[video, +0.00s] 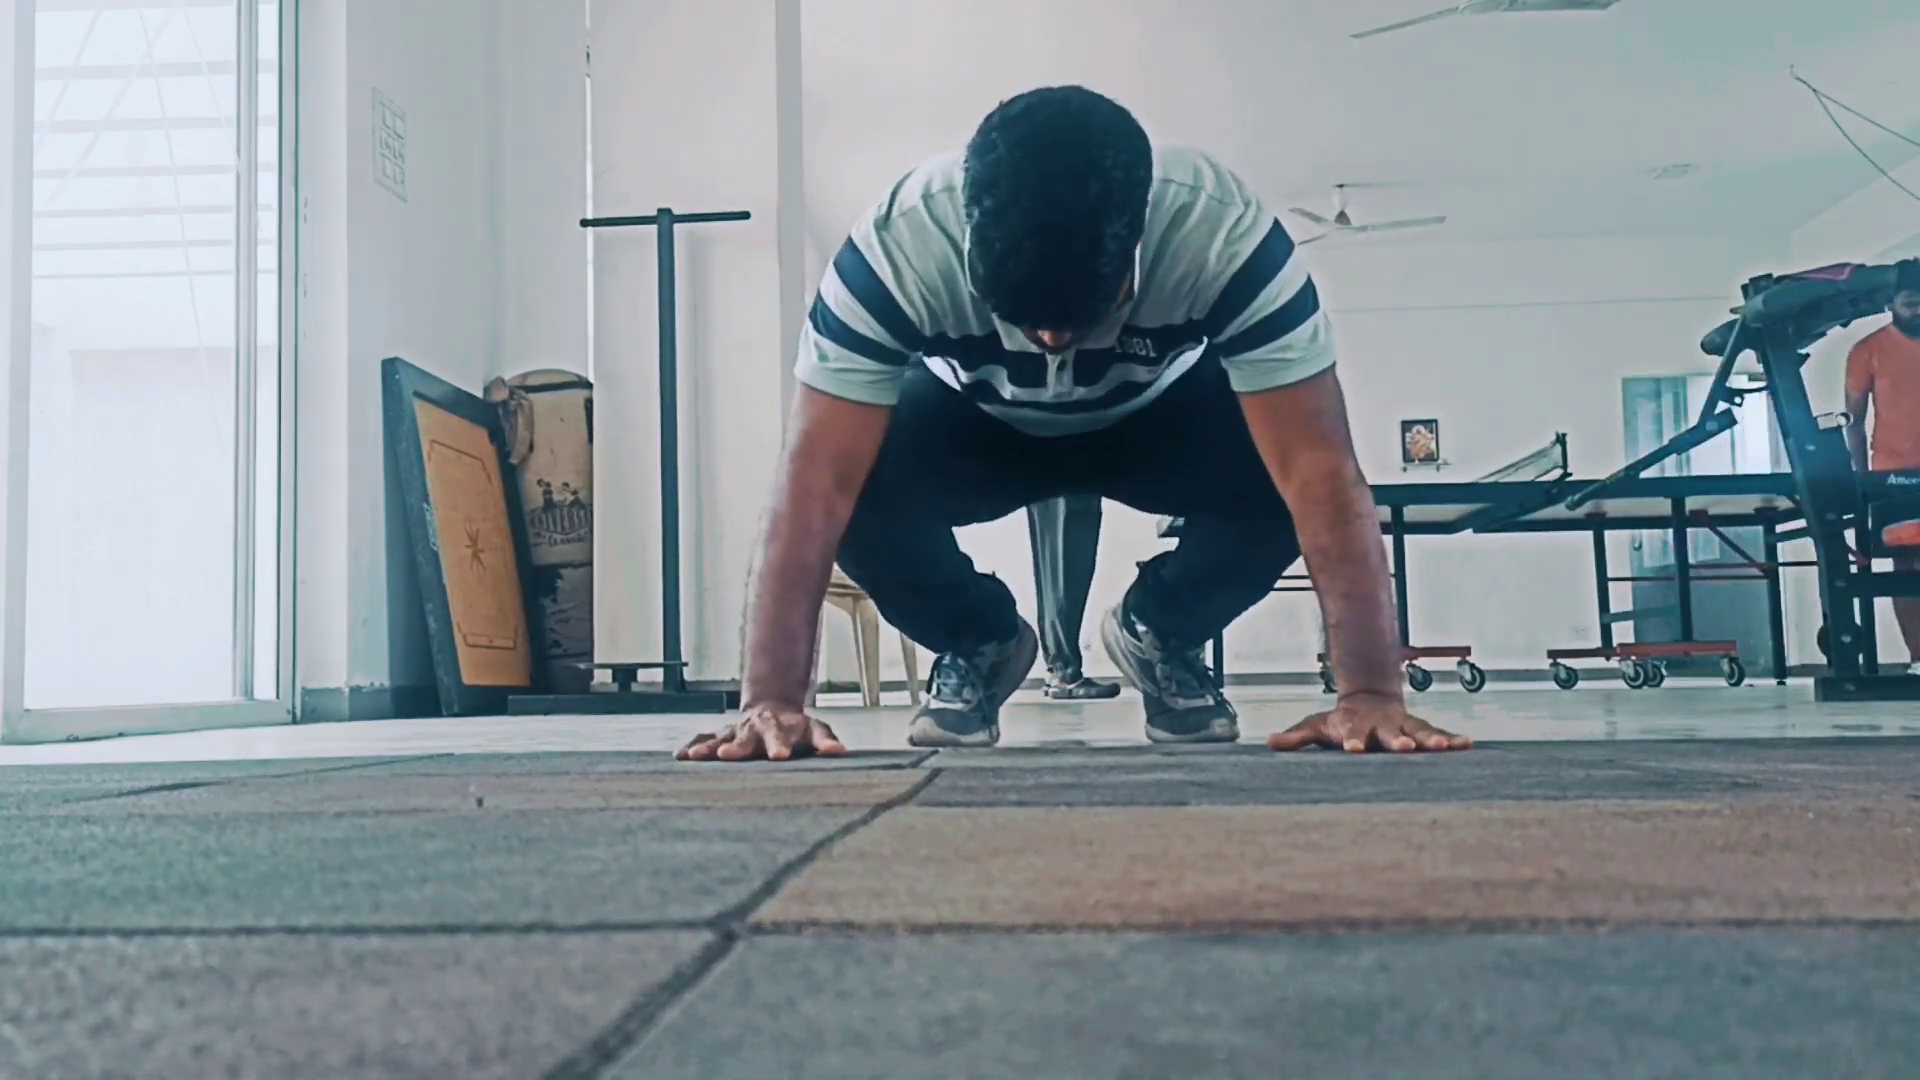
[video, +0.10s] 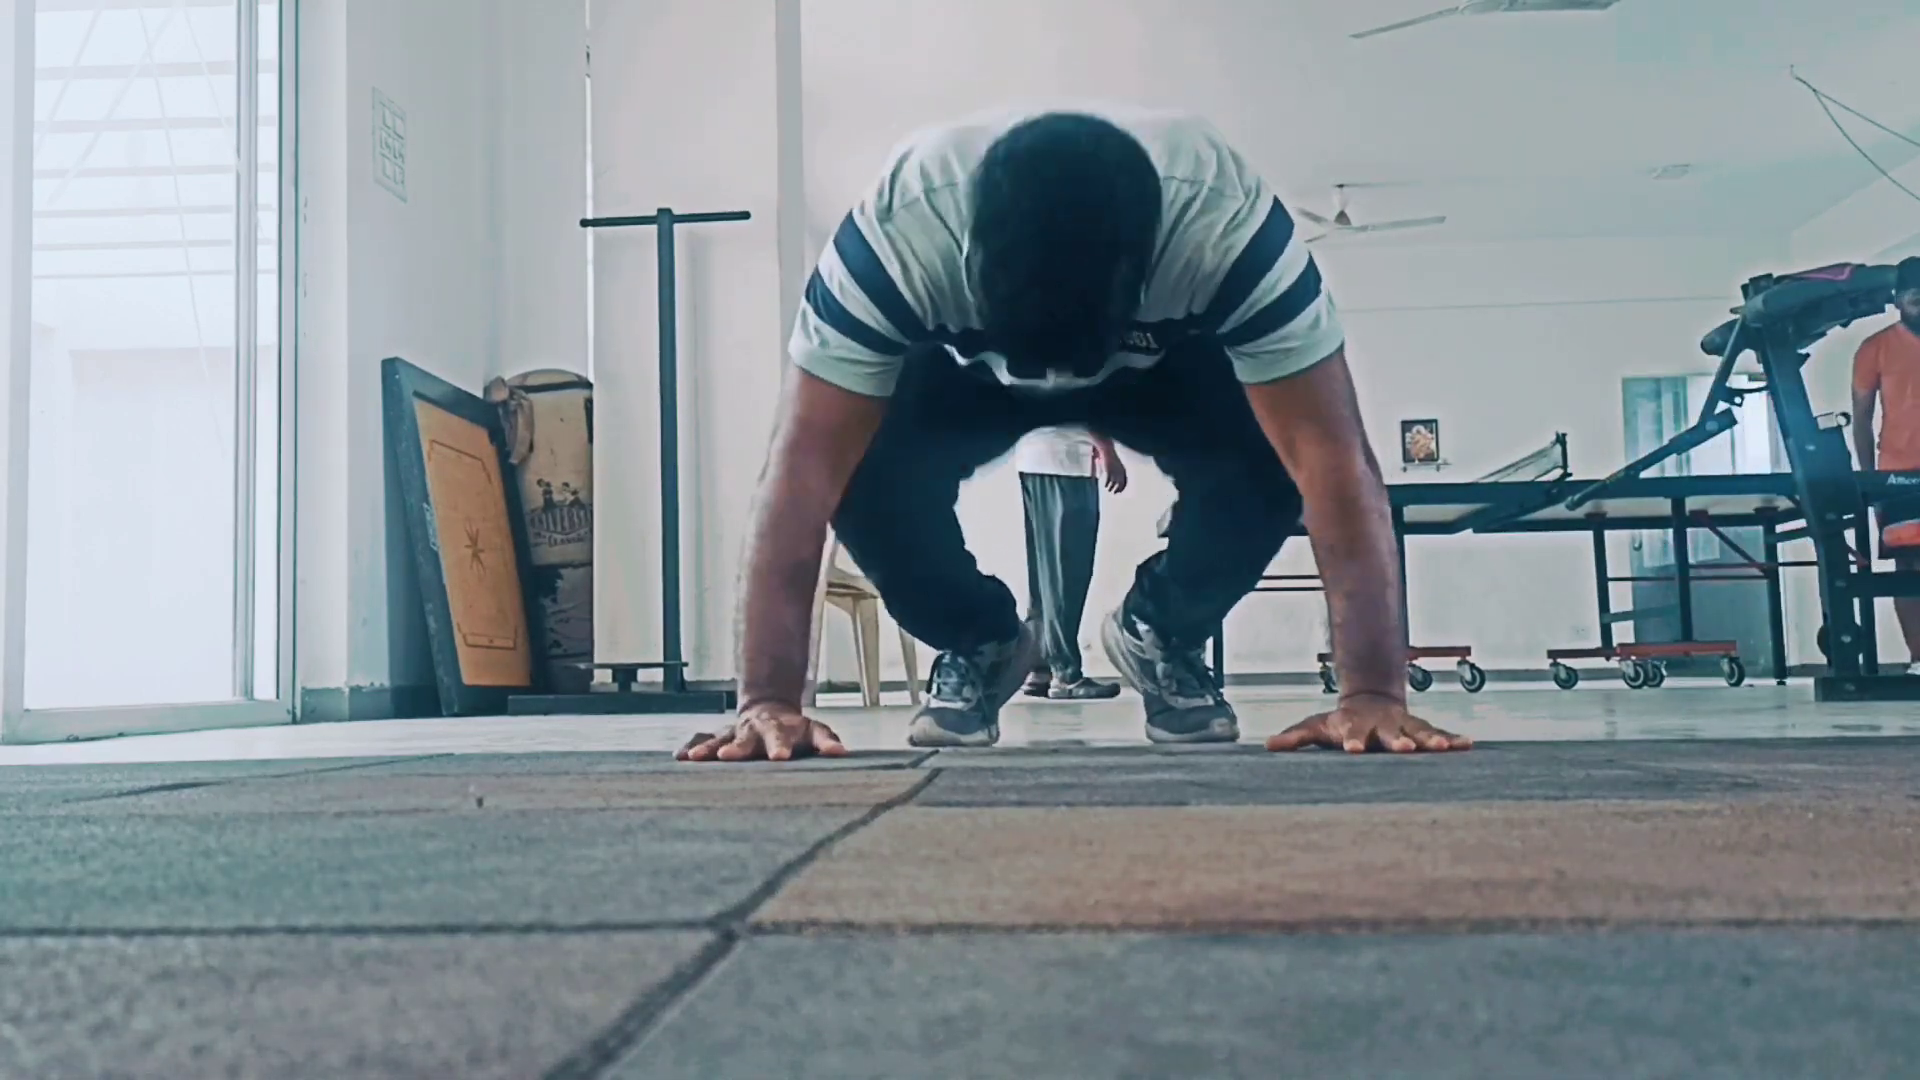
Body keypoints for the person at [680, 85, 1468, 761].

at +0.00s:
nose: (1058, 349)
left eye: (1090, 327)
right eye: (1029, 330)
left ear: (1139, 245)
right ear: (977, 244)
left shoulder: (1227, 235)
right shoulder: (900, 252)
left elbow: (1321, 476)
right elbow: (819, 476)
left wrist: (1372, 691)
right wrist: (772, 699)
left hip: (1158, 416)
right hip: (981, 421)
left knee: (1292, 494)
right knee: (851, 492)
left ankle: (1165, 626)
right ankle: (983, 638)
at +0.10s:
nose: (1060, 373)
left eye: (1086, 352)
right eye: (1025, 352)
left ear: (1144, 268)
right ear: (971, 257)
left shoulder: (1233, 229)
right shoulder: (896, 238)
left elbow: (1334, 460)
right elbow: (804, 469)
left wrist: (1375, 691)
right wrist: (771, 698)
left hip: (1157, 357)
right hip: (974, 363)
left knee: (1264, 477)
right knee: (868, 490)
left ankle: (1161, 629)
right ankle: (985, 642)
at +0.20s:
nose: (1077, 434)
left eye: (1098, 410)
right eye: (1048, 415)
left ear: (1150, 307)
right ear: (978, 293)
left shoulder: (1232, 220)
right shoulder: (898, 228)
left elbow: (1349, 456)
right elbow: (804, 462)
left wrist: (1375, 694)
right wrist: (771, 699)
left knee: (1253, 444)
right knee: (885, 456)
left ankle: (1167, 630)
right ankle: (980, 635)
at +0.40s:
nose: (1064, 448)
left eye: (1082, 429)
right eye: (1036, 427)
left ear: (1146, 319)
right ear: (965, 297)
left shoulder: (1239, 214)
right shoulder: (888, 226)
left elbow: (1360, 451)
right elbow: (789, 455)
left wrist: (1377, 696)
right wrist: (768, 700)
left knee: (1210, 499)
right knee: (930, 508)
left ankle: (1190, 573)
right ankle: (944, 609)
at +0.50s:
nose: (1064, 439)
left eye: (1097, 402)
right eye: (1023, 414)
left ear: (1151, 300)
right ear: (961, 284)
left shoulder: (1249, 216)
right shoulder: (880, 230)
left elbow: (1363, 454)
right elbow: (790, 461)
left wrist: (1379, 693)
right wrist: (766, 700)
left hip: (1169, 339)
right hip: (962, 350)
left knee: (1188, 541)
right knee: (965, 540)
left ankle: (1197, 647)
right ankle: (941, 643)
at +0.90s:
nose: (1060, 474)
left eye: (1086, 453)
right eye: (1039, 455)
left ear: (1145, 354)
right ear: (979, 343)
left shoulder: (1218, 253)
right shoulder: (909, 267)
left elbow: (1336, 474)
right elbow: (805, 476)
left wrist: (1374, 692)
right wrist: (771, 700)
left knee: (1170, 511)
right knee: (958, 525)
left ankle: (1191, 682)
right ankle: (955, 668)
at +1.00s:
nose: (1065, 511)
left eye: (1084, 493)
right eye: (1052, 495)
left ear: (1143, 374)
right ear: (979, 373)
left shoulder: (1207, 276)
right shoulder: (914, 285)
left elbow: (1317, 495)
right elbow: (817, 490)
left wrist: (1371, 692)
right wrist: (772, 699)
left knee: (1169, 492)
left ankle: (1190, 682)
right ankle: (957, 667)